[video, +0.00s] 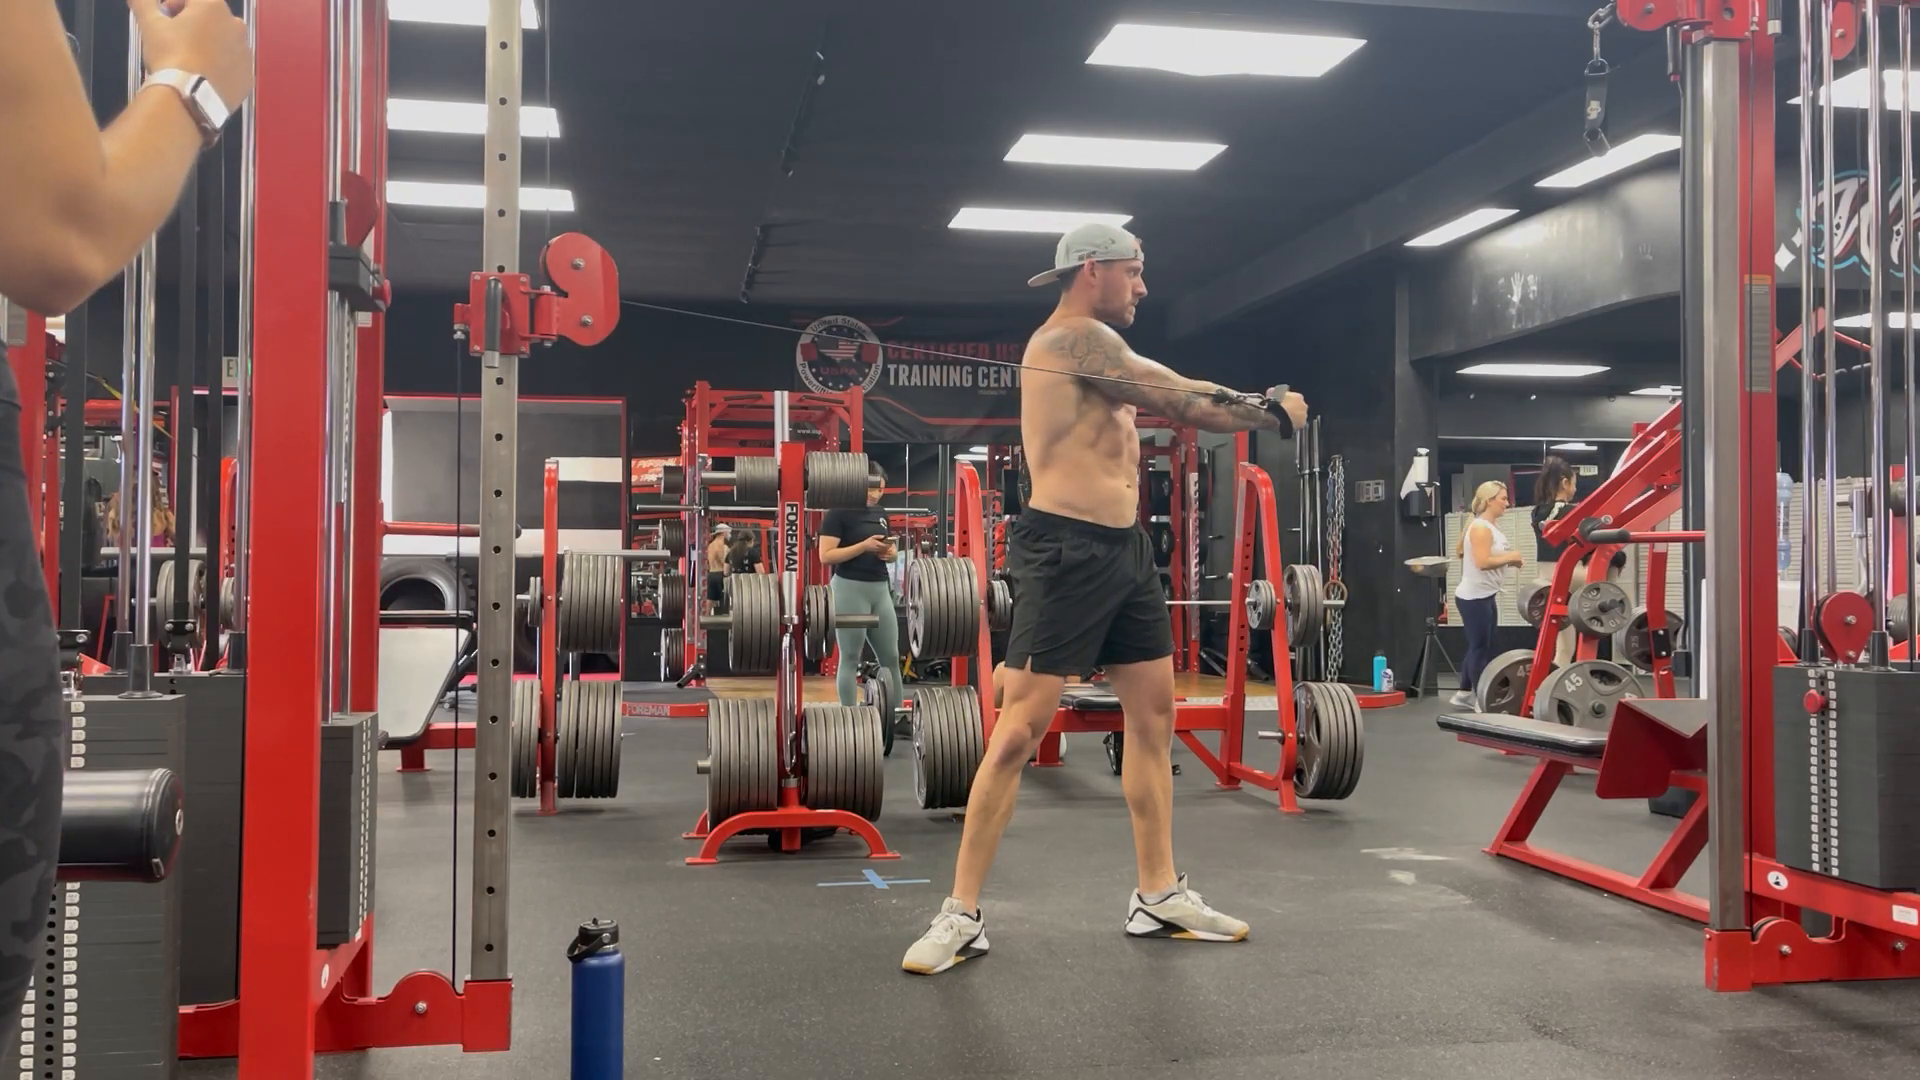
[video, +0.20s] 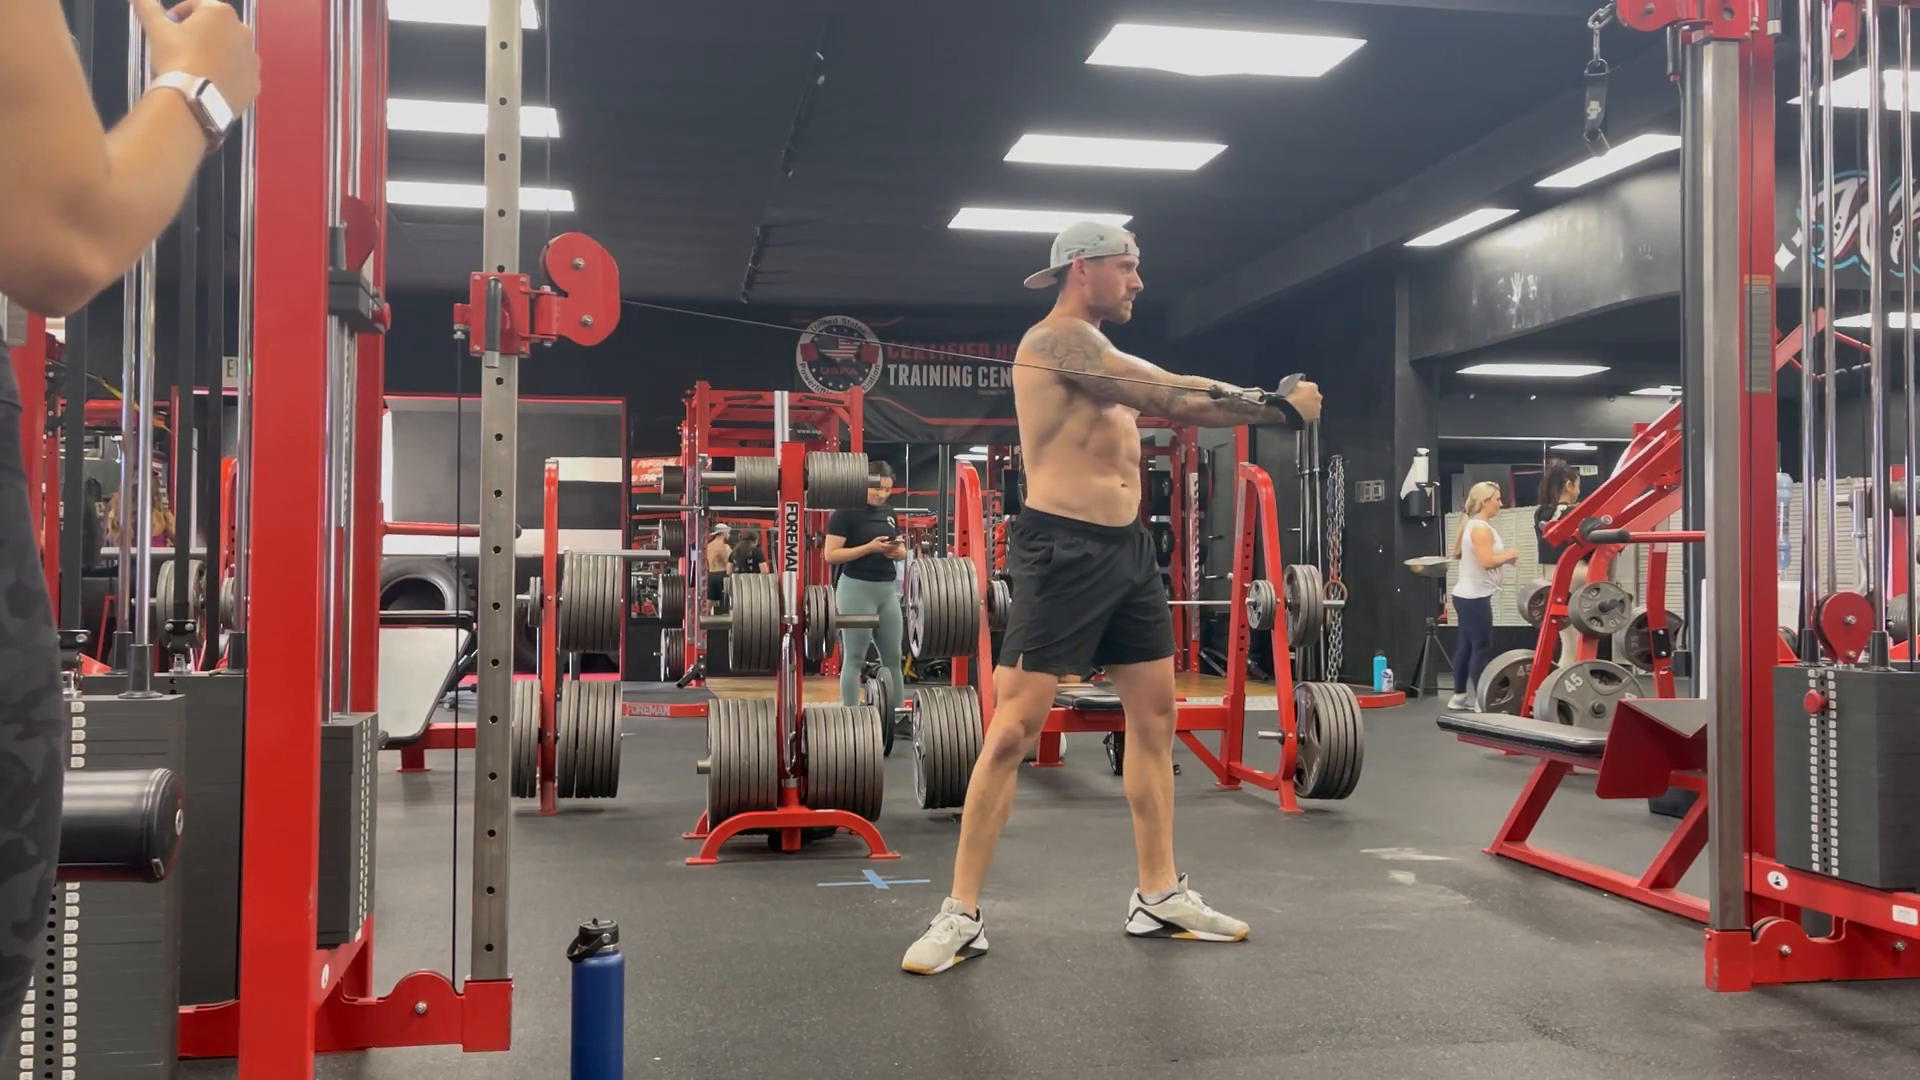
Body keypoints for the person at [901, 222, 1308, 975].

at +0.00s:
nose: (1142, 287)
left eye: (1141, 275)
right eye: (1133, 273)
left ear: (1093, 272)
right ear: (1093, 271)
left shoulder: (1100, 349)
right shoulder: (1070, 336)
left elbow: (1185, 404)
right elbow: (1165, 389)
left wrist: (1261, 408)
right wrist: (1263, 407)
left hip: (1126, 554)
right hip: (1061, 550)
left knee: (1153, 719)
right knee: (1014, 737)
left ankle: (1158, 895)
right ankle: (960, 912)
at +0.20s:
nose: (1138, 282)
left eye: (1138, 270)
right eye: (1127, 267)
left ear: (1093, 273)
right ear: (1082, 270)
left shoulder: (1111, 358)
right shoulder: (1058, 338)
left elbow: (1187, 404)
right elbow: (1156, 390)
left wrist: (1272, 402)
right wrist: (1268, 402)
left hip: (1128, 554)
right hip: (1057, 550)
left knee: (1155, 720)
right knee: (1011, 733)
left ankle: (1159, 895)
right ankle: (961, 910)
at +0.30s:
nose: (1132, 280)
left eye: (1132, 268)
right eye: (1120, 266)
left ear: (1093, 275)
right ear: (1073, 270)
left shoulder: (1110, 360)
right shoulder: (1044, 340)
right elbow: (1152, 388)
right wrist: (1267, 396)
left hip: (1129, 553)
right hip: (1056, 550)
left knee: (1155, 720)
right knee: (1009, 733)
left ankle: (1159, 895)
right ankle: (961, 910)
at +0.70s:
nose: (1107, 276)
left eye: (1111, 265)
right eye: (1091, 262)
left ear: (1112, 279)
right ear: (1049, 272)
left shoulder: (1129, 365)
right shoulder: (1016, 345)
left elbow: (1167, 463)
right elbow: (1077, 386)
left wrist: (1223, 540)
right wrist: (1190, 378)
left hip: (1134, 552)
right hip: (1048, 550)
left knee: (1155, 721)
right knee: (1000, 730)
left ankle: (1158, 895)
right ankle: (960, 910)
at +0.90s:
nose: (1085, 274)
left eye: (1096, 264)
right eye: (1069, 262)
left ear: (1107, 281)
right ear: (1038, 276)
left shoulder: (1133, 361)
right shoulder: (1009, 343)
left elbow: (1187, 457)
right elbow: (1022, 393)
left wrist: (1251, 536)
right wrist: (1102, 372)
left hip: (1132, 552)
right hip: (1047, 549)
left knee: (1157, 717)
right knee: (997, 727)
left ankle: (1157, 895)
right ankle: (960, 910)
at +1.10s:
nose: (1058, 272)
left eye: (1073, 261)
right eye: (1046, 262)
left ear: (1100, 279)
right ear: (1029, 279)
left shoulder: (1141, 360)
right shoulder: (1005, 346)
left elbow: (1209, 453)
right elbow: (970, 396)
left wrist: (1281, 527)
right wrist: (990, 377)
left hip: (1128, 551)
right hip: (1041, 551)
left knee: (1157, 718)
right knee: (994, 723)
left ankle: (1157, 894)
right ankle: (959, 909)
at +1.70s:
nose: (1077, 273)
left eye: (1089, 262)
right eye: (1064, 261)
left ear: (1106, 279)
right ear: (1036, 275)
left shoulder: (1139, 362)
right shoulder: (1004, 348)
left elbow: (1202, 458)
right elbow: (1001, 389)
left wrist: (1271, 532)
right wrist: (1058, 372)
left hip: (1122, 552)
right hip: (1038, 550)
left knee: (1154, 718)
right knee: (990, 726)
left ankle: (1158, 894)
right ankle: (959, 909)